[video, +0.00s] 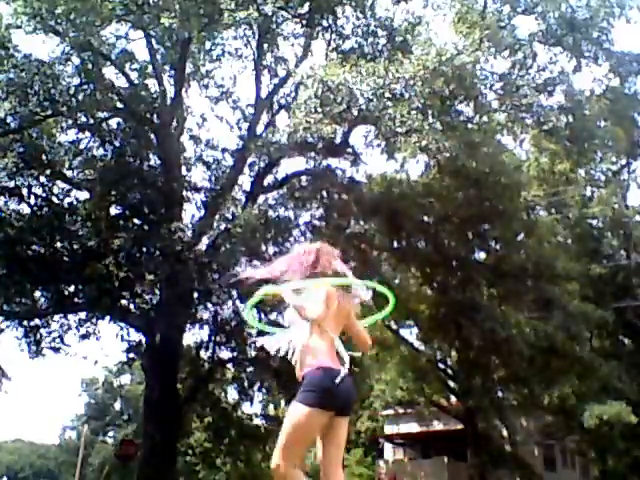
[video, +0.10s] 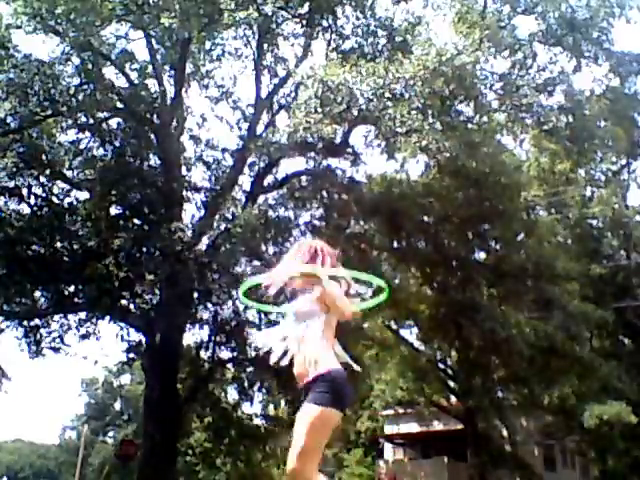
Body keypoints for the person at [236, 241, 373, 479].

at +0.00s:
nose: (295, 276)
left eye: (297, 271)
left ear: (308, 266)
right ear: (332, 264)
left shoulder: (319, 287)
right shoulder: (346, 302)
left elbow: (317, 313)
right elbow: (365, 344)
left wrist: (287, 294)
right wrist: (352, 315)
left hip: (319, 378)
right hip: (343, 379)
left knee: (283, 465)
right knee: (332, 470)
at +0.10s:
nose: (291, 278)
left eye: (296, 271)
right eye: (291, 272)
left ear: (310, 267)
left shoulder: (324, 292)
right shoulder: (301, 302)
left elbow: (347, 311)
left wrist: (323, 276)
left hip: (327, 382)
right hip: (310, 385)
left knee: (299, 468)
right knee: (306, 470)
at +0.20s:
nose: (305, 261)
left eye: (313, 254)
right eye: (302, 254)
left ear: (323, 261)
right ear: (296, 262)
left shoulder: (332, 291)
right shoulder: (292, 298)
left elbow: (372, 308)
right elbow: (281, 321)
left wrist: (355, 271)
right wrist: (267, 294)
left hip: (331, 383)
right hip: (297, 388)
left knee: (307, 466)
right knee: (280, 465)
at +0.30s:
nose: (323, 261)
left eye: (329, 257)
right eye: (318, 254)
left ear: (333, 264)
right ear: (302, 256)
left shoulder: (337, 293)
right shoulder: (280, 290)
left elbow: (380, 303)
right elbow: (247, 297)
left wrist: (372, 267)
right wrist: (240, 264)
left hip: (331, 382)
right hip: (291, 383)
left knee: (315, 457)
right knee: (286, 458)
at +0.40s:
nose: (328, 256)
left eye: (332, 253)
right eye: (323, 248)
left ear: (334, 261)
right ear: (304, 249)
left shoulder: (335, 286)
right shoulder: (280, 278)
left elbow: (363, 296)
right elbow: (233, 266)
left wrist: (363, 260)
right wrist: (239, 228)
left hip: (325, 380)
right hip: (286, 378)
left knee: (317, 463)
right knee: (283, 462)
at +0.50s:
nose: (333, 262)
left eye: (333, 255)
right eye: (329, 253)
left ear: (316, 253)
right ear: (310, 251)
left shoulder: (321, 291)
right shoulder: (287, 273)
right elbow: (255, 238)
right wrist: (265, 195)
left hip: (312, 384)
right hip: (282, 379)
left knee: (318, 462)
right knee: (281, 462)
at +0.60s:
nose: (321, 250)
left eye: (324, 247)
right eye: (318, 244)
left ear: (321, 255)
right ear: (307, 245)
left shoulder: (312, 284)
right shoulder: (300, 276)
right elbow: (300, 226)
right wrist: (308, 185)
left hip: (297, 380)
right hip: (289, 378)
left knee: (308, 460)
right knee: (289, 461)